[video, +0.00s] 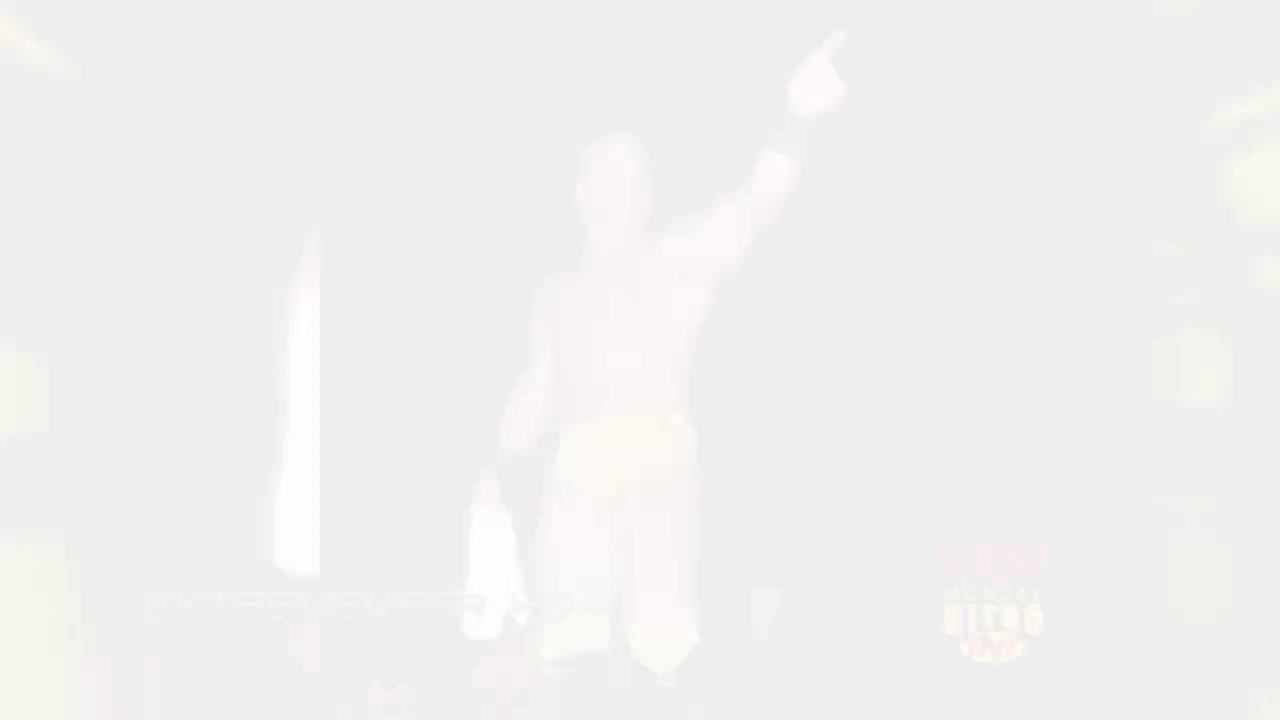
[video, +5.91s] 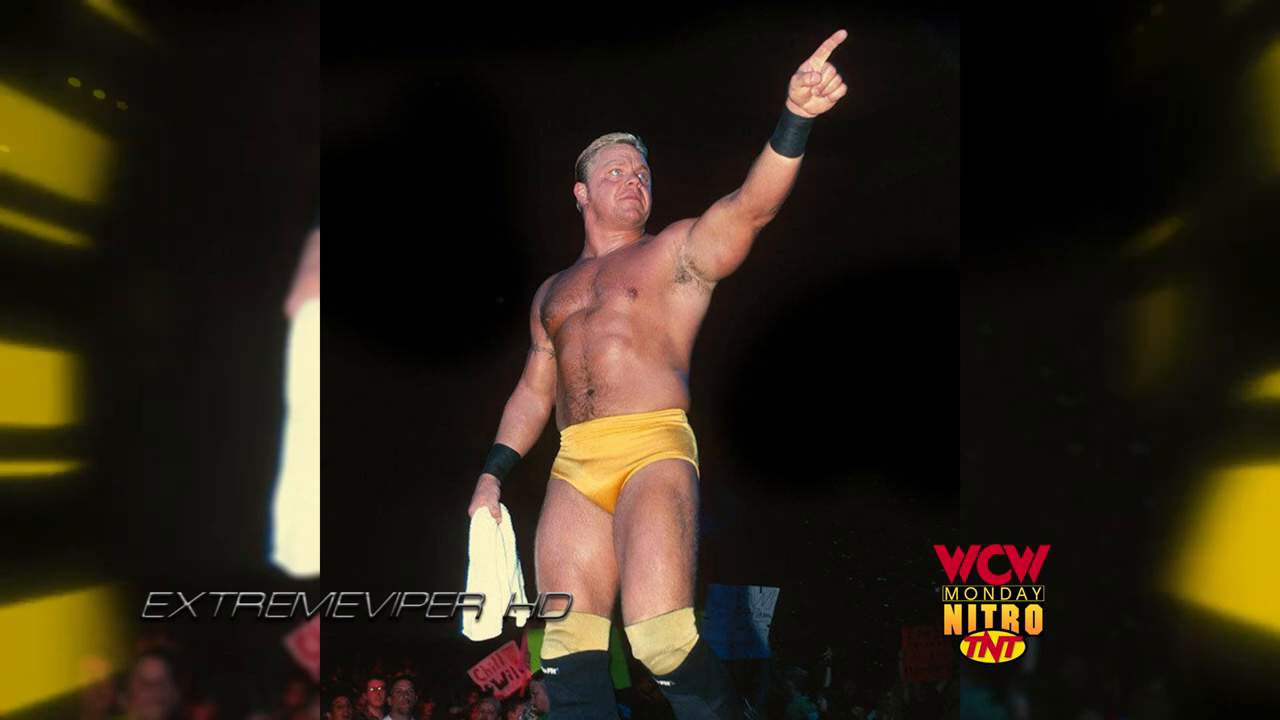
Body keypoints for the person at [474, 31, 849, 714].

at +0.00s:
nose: (611, 206)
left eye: (624, 189)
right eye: (598, 190)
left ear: (648, 194)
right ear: (580, 197)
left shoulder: (680, 264)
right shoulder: (562, 296)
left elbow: (757, 201)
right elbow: (536, 389)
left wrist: (800, 117)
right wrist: (503, 464)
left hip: (659, 453)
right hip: (581, 458)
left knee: (659, 609)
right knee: (573, 602)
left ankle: (659, 687)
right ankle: (576, 690)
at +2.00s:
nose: (632, 180)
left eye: (640, 172)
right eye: (614, 171)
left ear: (651, 193)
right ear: (581, 193)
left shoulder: (680, 254)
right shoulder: (553, 296)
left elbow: (752, 204)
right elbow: (534, 394)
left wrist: (797, 115)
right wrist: (490, 477)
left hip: (656, 448)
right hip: (576, 462)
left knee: (659, 635)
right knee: (568, 646)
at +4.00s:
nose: (632, 180)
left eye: (640, 172)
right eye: (614, 171)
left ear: (651, 193)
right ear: (581, 193)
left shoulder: (680, 254)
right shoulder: (553, 296)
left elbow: (752, 204)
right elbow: (534, 394)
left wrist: (797, 115)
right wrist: (490, 477)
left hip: (656, 448)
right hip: (576, 462)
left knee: (659, 635)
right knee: (568, 646)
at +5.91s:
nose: (632, 179)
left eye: (640, 172)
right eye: (615, 170)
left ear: (650, 194)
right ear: (581, 193)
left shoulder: (680, 254)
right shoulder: (552, 296)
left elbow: (753, 203)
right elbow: (534, 394)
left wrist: (797, 116)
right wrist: (490, 478)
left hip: (656, 448)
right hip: (575, 462)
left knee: (660, 636)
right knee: (568, 646)